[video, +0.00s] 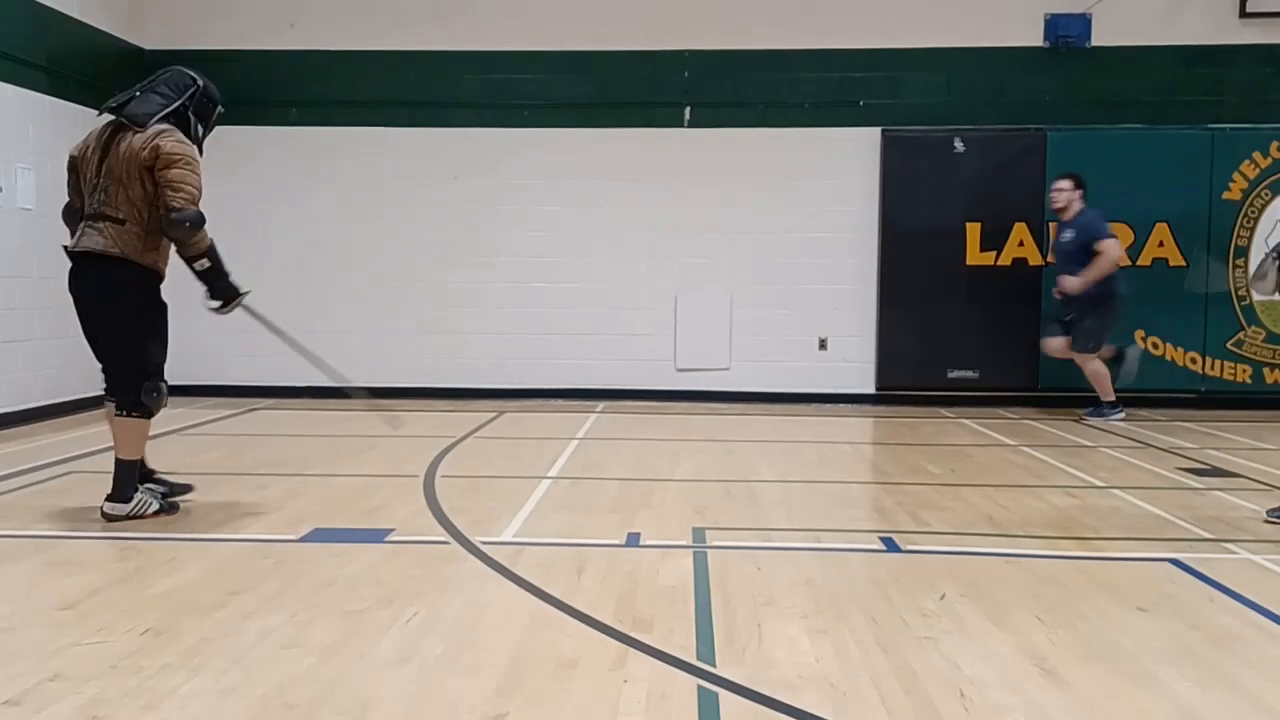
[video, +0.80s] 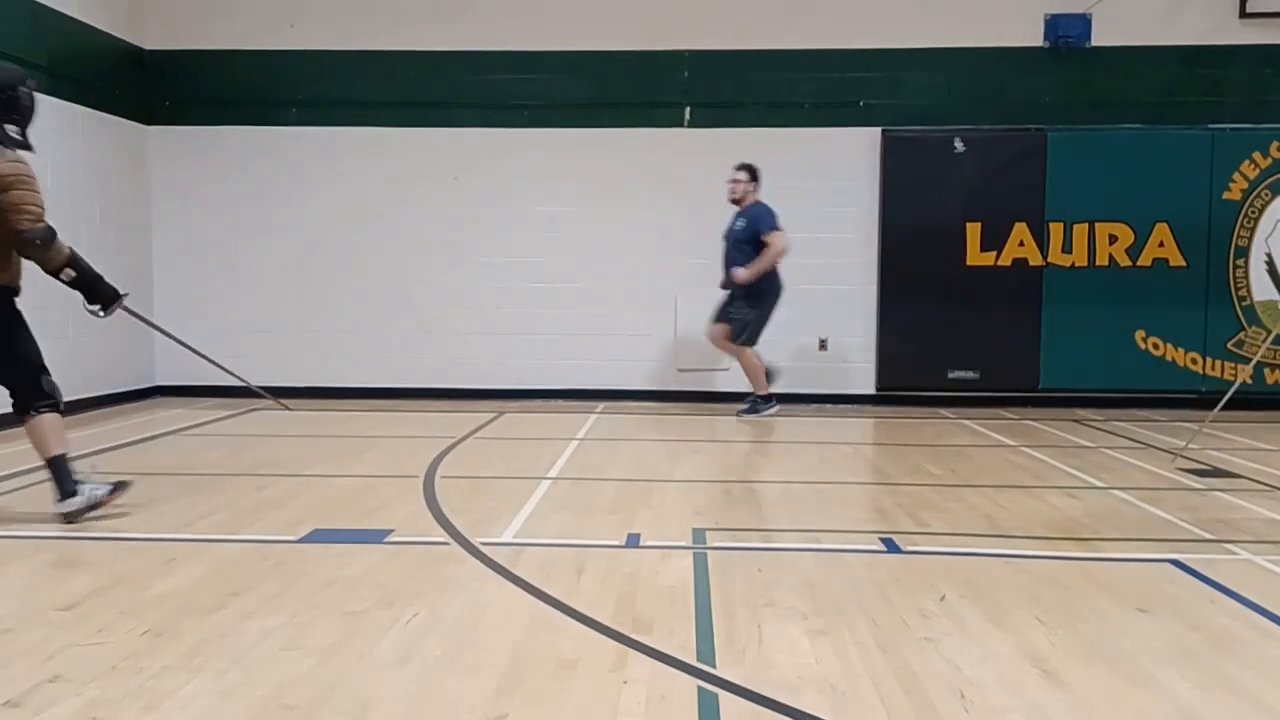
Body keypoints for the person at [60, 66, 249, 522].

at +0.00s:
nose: (204, 129)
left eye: (207, 120)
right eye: (204, 118)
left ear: (157, 95)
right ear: (188, 109)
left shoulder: (102, 134)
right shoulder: (172, 143)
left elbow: (76, 210)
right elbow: (183, 221)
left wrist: (98, 240)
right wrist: (216, 276)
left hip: (88, 271)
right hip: (128, 276)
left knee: (122, 376)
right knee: (140, 380)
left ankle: (137, 473)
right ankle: (124, 494)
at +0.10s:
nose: (198, 131)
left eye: (201, 123)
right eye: (199, 121)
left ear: (148, 98)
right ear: (185, 112)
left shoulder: (91, 135)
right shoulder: (171, 146)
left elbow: (62, 209)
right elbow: (170, 222)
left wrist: (70, 263)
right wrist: (190, 280)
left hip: (74, 269)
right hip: (122, 276)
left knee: (92, 371)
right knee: (140, 379)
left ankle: (93, 476)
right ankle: (124, 491)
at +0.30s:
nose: (175, 130)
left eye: (177, 122)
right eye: (175, 120)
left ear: (124, 97)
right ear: (162, 114)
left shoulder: (67, 138)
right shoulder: (153, 152)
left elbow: (36, 212)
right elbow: (160, 232)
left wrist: (42, 270)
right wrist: (168, 287)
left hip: (52, 279)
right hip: (108, 286)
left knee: (36, 372)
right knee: (140, 384)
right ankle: (125, 493)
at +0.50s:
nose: (132, 135)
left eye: (132, 125)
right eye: (131, 125)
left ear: (73, 110)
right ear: (119, 123)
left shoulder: (23, 155)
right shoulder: (113, 164)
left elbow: (1, 221)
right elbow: (130, 240)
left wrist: (12, 270)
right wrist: (147, 293)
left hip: (21, 307)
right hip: (78, 309)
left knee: (1, 383)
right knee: (141, 388)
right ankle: (126, 492)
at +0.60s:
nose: (100, 139)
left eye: (101, 128)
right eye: (99, 128)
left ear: (43, 116)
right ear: (85, 126)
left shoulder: (8, 162)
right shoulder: (80, 169)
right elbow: (105, 251)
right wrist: (132, 301)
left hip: (2, 312)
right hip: (51, 313)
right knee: (123, 392)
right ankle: (124, 493)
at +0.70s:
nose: (63, 125)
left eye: (62, 116)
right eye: (59, 117)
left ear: (14, 118)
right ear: (43, 121)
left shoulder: (8, 166)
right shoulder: (38, 172)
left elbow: (59, 247)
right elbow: (63, 247)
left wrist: (100, 289)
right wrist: (105, 294)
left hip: (5, 304)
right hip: (13, 306)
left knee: (66, 392)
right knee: (67, 394)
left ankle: (112, 490)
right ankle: (112, 491)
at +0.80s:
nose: (33, 110)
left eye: (30, 101)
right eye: (29, 102)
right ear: (17, 107)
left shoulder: (6, 154)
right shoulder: (8, 156)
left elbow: (27, 234)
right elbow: (30, 233)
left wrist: (85, 278)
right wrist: (89, 282)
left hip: (2, 297)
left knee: (31, 385)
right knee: (33, 386)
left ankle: (68, 484)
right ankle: (68, 487)